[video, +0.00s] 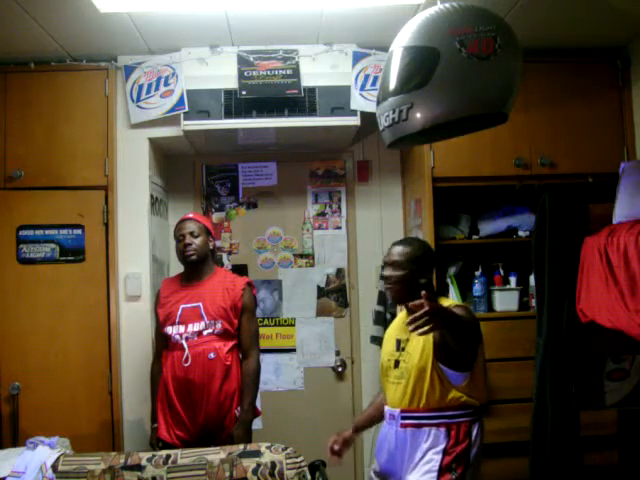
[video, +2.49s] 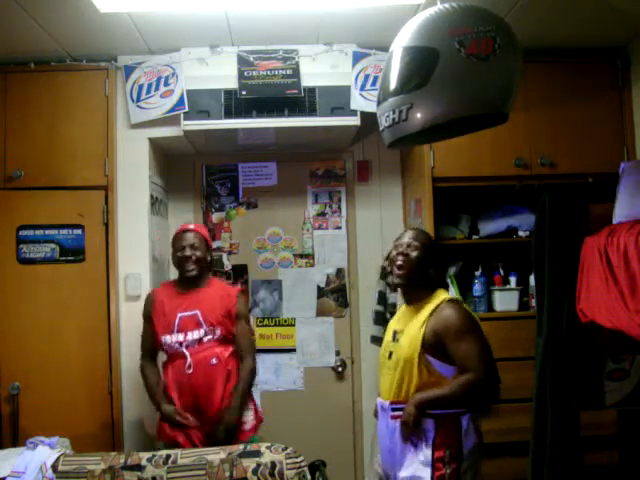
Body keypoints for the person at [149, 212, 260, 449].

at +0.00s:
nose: (186, 241)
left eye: (194, 235)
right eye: (180, 238)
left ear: (211, 242)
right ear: (176, 248)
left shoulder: (237, 288)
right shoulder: (167, 290)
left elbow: (250, 355)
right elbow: (160, 355)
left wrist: (245, 418)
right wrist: (157, 420)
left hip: (224, 416)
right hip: (176, 417)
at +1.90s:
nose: (190, 238)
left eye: (193, 232)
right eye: (180, 235)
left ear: (200, 238)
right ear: (165, 248)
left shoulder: (227, 285)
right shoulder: (155, 295)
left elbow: (244, 349)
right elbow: (152, 358)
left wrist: (233, 411)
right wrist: (155, 422)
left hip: (223, 415)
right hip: (175, 419)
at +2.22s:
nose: (183, 257)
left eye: (191, 251)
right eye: (177, 251)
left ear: (205, 256)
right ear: (170, 258)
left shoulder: (230, 298)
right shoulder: (154, 304)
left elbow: (262, 353)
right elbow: (139, 360)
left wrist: (231, 388)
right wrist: (146, 393)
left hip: (227, 419)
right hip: (177, 422)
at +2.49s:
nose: (187, 254)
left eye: (195, 248)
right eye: (180, 249)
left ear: (208, 254)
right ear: (173, 257)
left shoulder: (231, 297)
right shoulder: (157, 299)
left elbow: (248, 359)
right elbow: (148, 358)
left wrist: (233, 413)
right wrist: (163, 405)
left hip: (229, 421)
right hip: (180, 421)